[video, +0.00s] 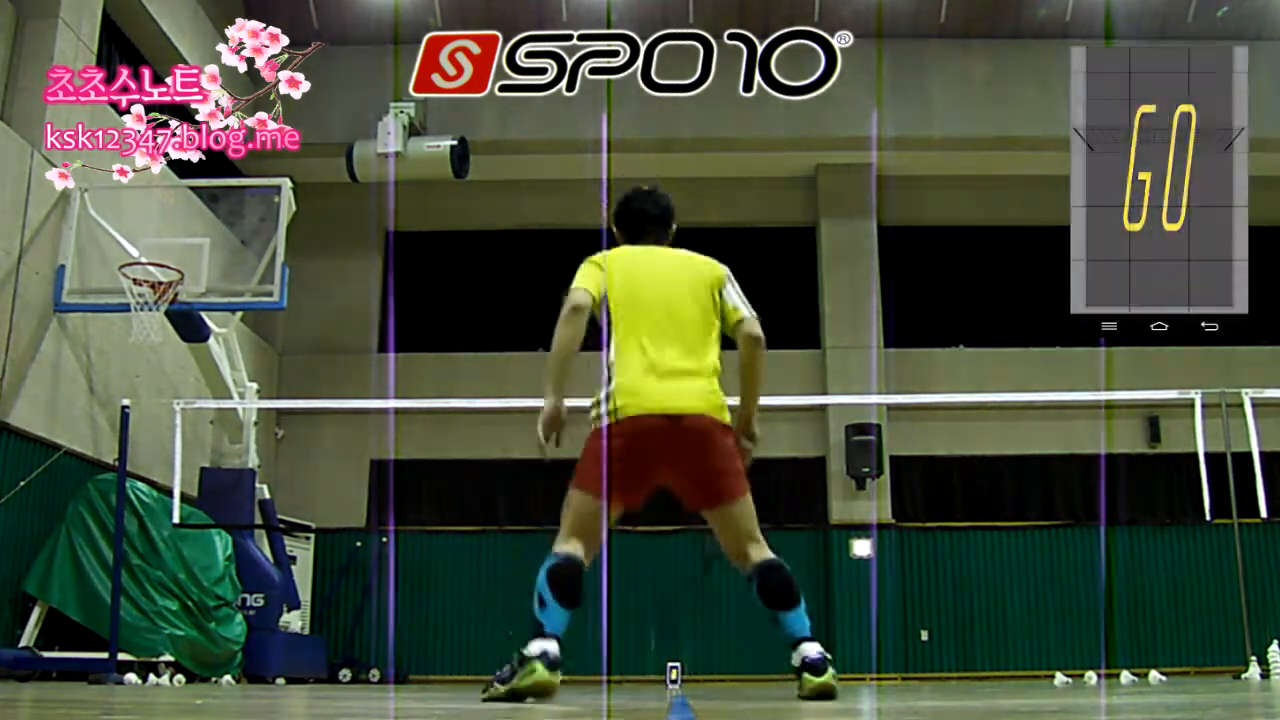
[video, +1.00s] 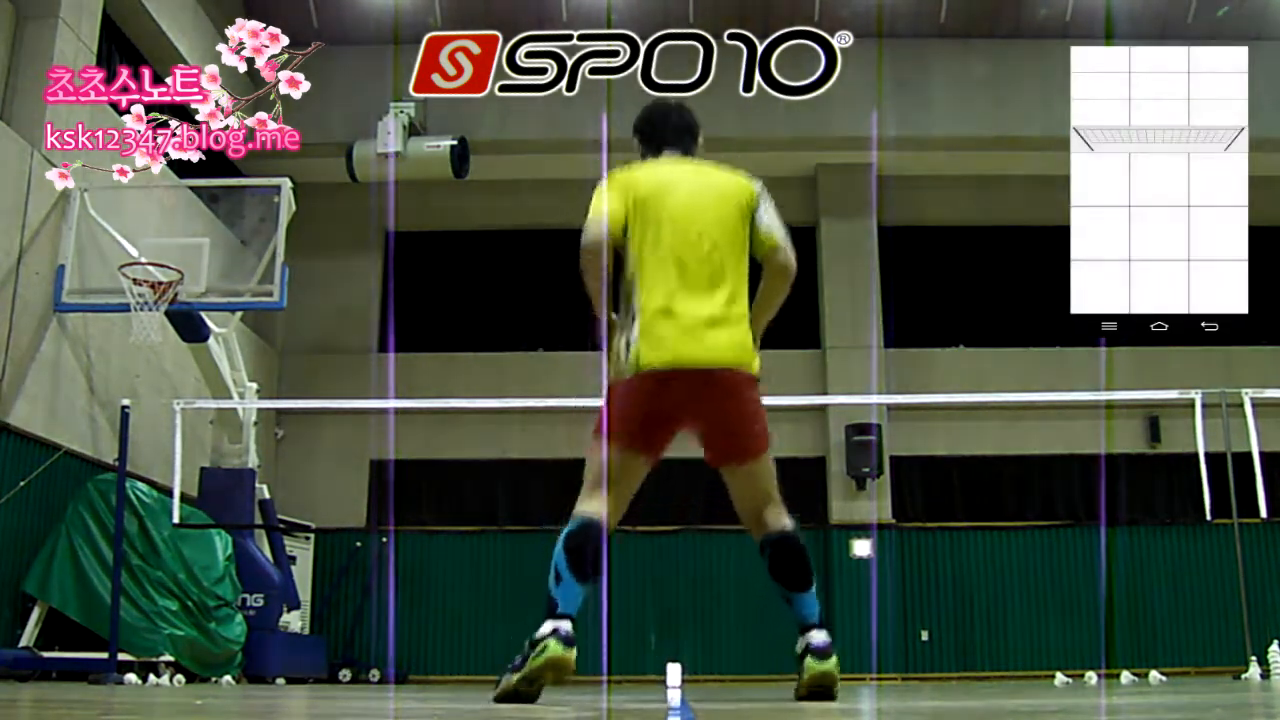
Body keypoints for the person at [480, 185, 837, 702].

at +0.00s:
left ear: (618, 231)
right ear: (673, 231)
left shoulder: (602, 264)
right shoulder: (710, 270)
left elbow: (576, 306)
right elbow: (752, 336)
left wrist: (554, 397)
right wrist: (746, 418)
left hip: (626, 423)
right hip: (703, 423)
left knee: (574, 541)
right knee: (751, 546)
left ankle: (543, 649)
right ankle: (808, 651)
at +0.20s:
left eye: (616, 167)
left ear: (616, 169)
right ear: (672, 171)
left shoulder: (599, 197)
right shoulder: (714, 205)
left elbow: (578, 246)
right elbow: (744, 273)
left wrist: (587, 326)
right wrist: (741, 361)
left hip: (626, 347)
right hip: (704, 348)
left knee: (582, 483)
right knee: (748, 499)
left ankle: (540, 624)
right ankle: (803, 627)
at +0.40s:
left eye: (613, 178)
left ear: (616, 176)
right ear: (670, 176)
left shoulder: (594, 214)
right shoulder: (712, 218)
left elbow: (579, 306)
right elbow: (744, 298)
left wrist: (628, 327)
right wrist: (735, 385)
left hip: (615, 383)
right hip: (697, 384)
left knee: (576, 510)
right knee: (744, 525)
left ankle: (552, 637)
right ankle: (802, 646)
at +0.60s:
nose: (615, 140)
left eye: (615, 132)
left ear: (618, 134)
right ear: (672, 132)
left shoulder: (597, 169)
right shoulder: (719, 171)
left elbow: (588, 264)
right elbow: (749, 254)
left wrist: (634, 227)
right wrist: (731, 329)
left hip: (624, 336)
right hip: (704, 338)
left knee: (584, 469)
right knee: (746, 488)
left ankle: (550, 604)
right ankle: (795, 616)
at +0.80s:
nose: (626, 154)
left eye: (625, 145)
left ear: (627, 145)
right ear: (682, 145)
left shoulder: (604, 186)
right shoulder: (727, 188)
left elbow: (593, 283)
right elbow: (763, 276)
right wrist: (735, 345)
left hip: (631, 364)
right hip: (712, 365)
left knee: (586, 499)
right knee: (755, 515)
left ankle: (550, 633)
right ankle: (810, 643)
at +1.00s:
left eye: (641, 144)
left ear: (641, 145)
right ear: (696, 143)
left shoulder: (622, 181)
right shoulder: (741, 185)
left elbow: (595, 243)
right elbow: (783, 262)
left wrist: (606, 318)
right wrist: (750, 331)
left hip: (648, 366)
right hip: (730, 365)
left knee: (598, 500)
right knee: (768, 511)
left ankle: (557, 629)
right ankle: (816, 641)